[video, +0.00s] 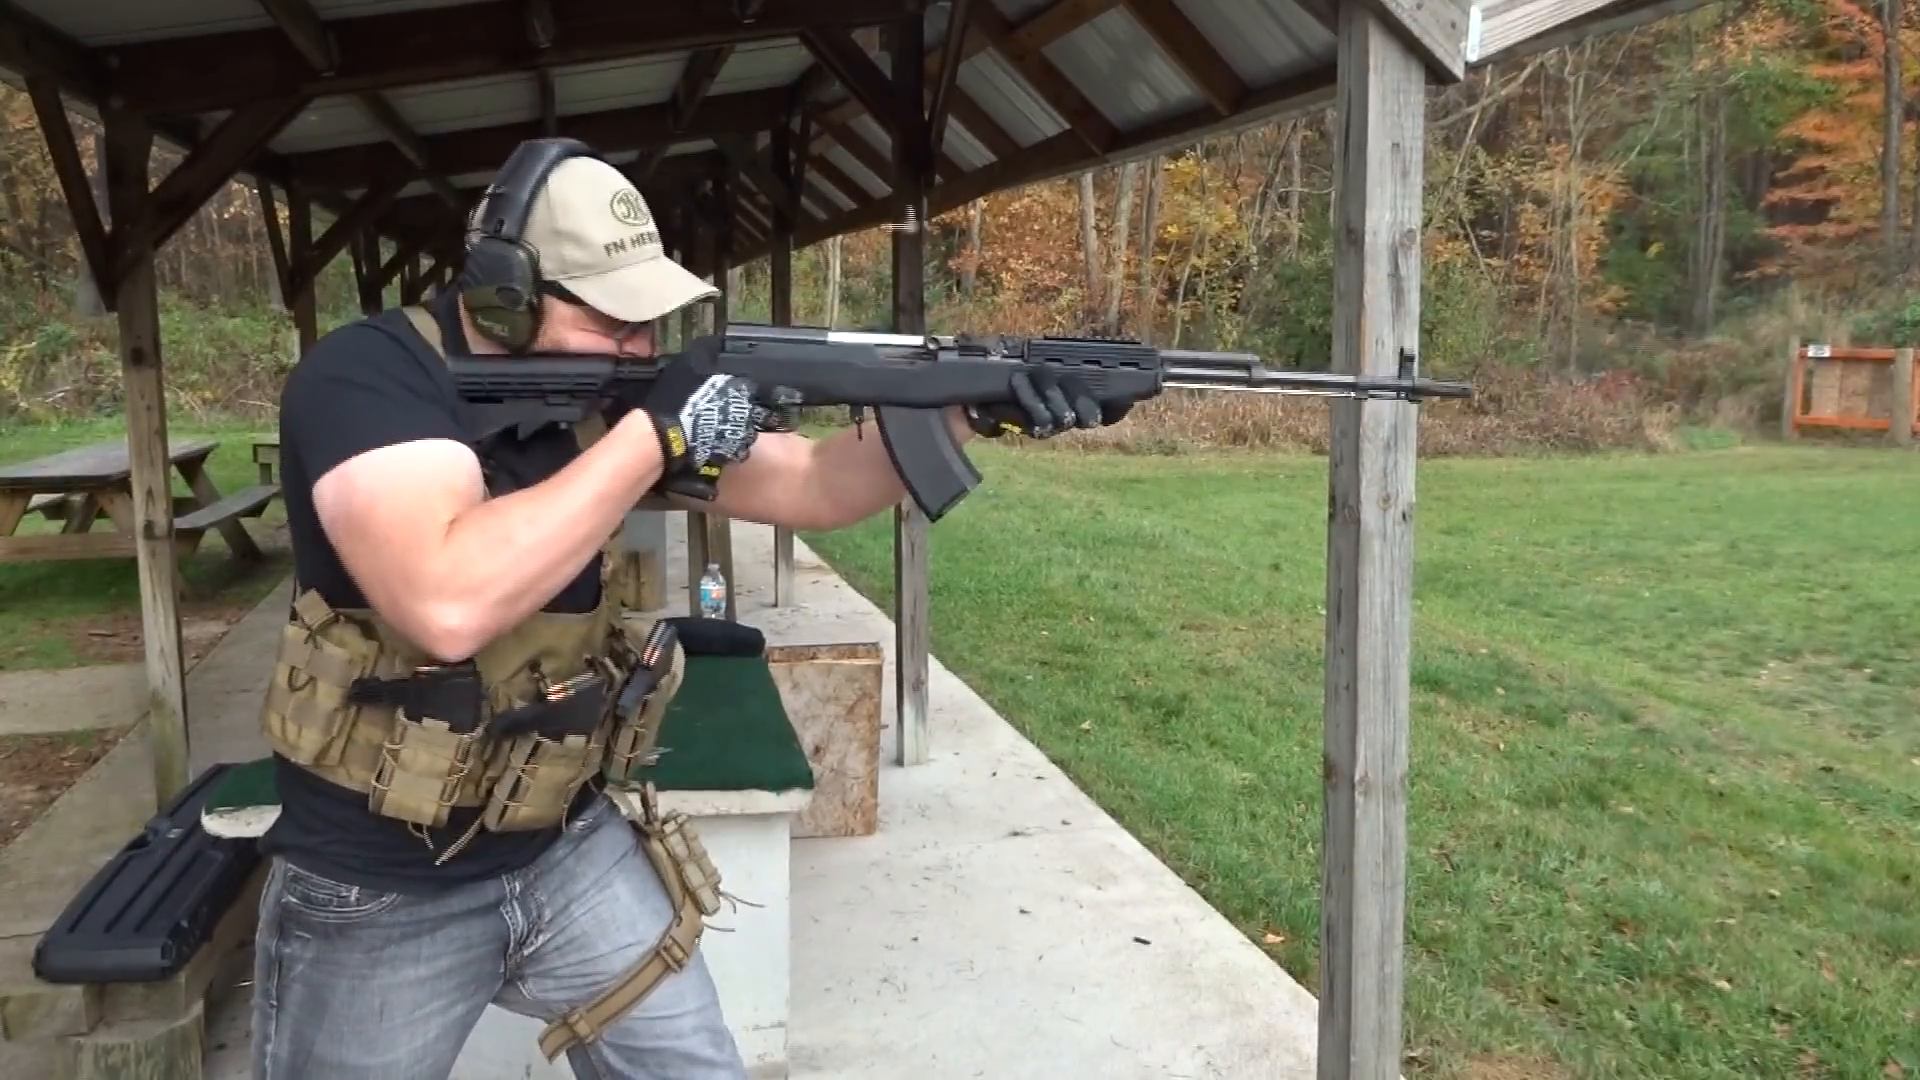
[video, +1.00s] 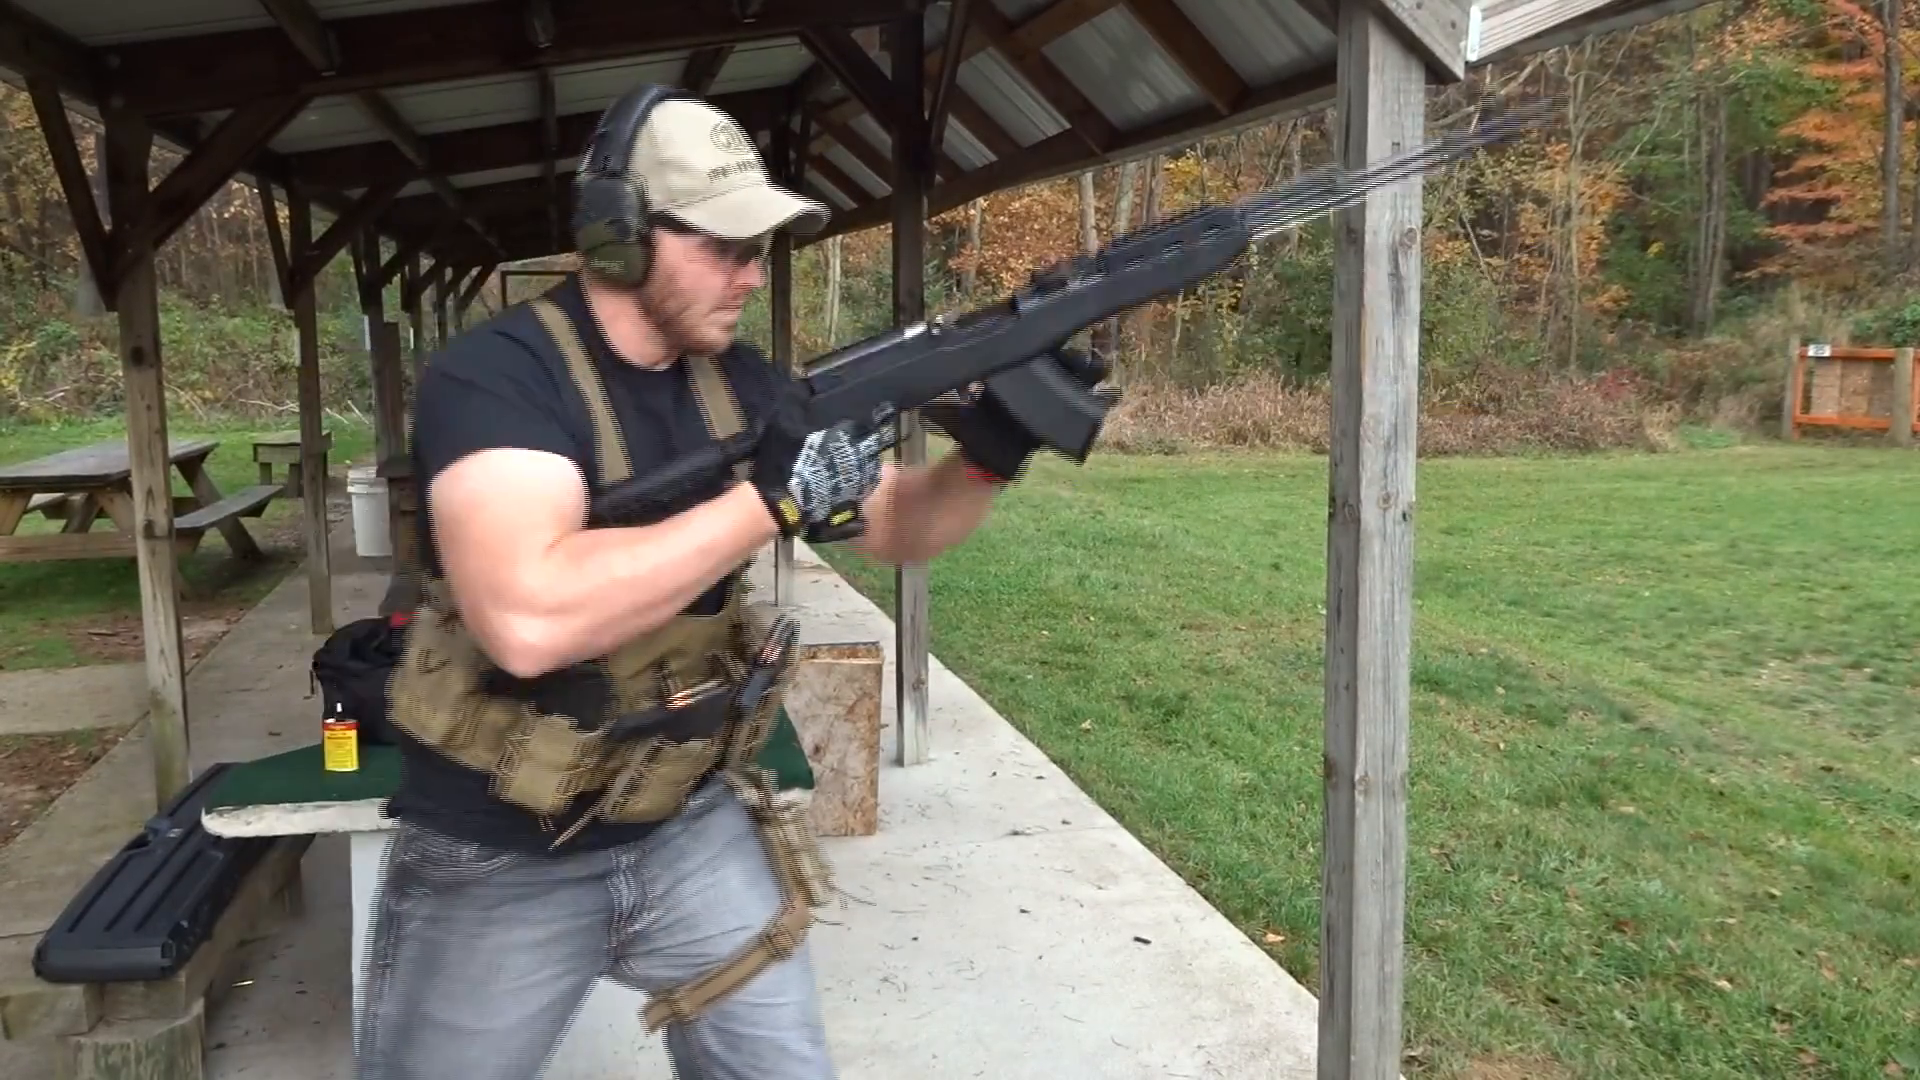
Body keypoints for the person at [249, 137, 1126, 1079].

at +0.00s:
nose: (632, 349)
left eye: (640, 324)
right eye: (602, 325)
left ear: (646, 296)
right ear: (498, 298)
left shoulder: (611, 397)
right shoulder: (361, 380)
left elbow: (812, 481)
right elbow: (448, 602)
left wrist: (984, 401)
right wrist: (658, 433)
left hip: (575, 848)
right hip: (380, 893)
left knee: (697, 1065)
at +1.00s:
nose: (752, 278)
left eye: (756, 249)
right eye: (723, 250)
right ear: (623, 240)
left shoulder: (741, 385)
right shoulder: (497, 375)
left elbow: (897, 525)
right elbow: (528, 622)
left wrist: (985, 458)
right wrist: (769, 500)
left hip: (693, 827)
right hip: (493, 860)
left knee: (787, 1066)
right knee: (428, 1066)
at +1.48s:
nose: (622, 283)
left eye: (639, 243)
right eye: (579, 255)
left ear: (672, 236)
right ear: (503, 260)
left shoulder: (729, 357)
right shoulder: (430, 421)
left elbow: (915, 510)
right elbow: (450, 745)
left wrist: (969, 470)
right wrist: (699, 571)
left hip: (721, 847)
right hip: (514, 885)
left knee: (785, 1062)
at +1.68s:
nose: (502, 318)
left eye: (520, 271)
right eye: (457, 288)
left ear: (563, 247)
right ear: (377, 285)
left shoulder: (644, 361)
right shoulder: (311, 465)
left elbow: (842, 496)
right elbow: (356, 811)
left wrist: (911, 490)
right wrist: (610, 619)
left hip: (648, 874)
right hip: (431, 937)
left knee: (722, 1060)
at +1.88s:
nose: (446, 330)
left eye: (468, 282)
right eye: (395, 304)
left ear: (502, 230)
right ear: (297, 281)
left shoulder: (587, 356)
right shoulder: (219, 468)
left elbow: (775, 492)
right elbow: (230, 827)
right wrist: (464, 657)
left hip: (616, 893)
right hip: (384, 956)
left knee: (676, 1064)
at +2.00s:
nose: (448, 344)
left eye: (471, 299)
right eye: (400, 315)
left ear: (509, 243)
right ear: (302, 277)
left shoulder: (599, 390)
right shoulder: (203, 463)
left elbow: (767, 580)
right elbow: (177, 828)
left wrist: (802, 658)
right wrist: (396, 689)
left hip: (600, 913)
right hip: (364, 964)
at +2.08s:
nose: (451, 386)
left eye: (479, 344)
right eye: (410, 354)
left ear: (521, 281)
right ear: (314, 290)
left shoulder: (596, 406)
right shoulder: (197, 465)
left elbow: (743, 617)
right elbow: (148, 822)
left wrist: (809, 778)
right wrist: (347, 726)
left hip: (578, 916)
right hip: (341, 964)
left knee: (605, 1065)